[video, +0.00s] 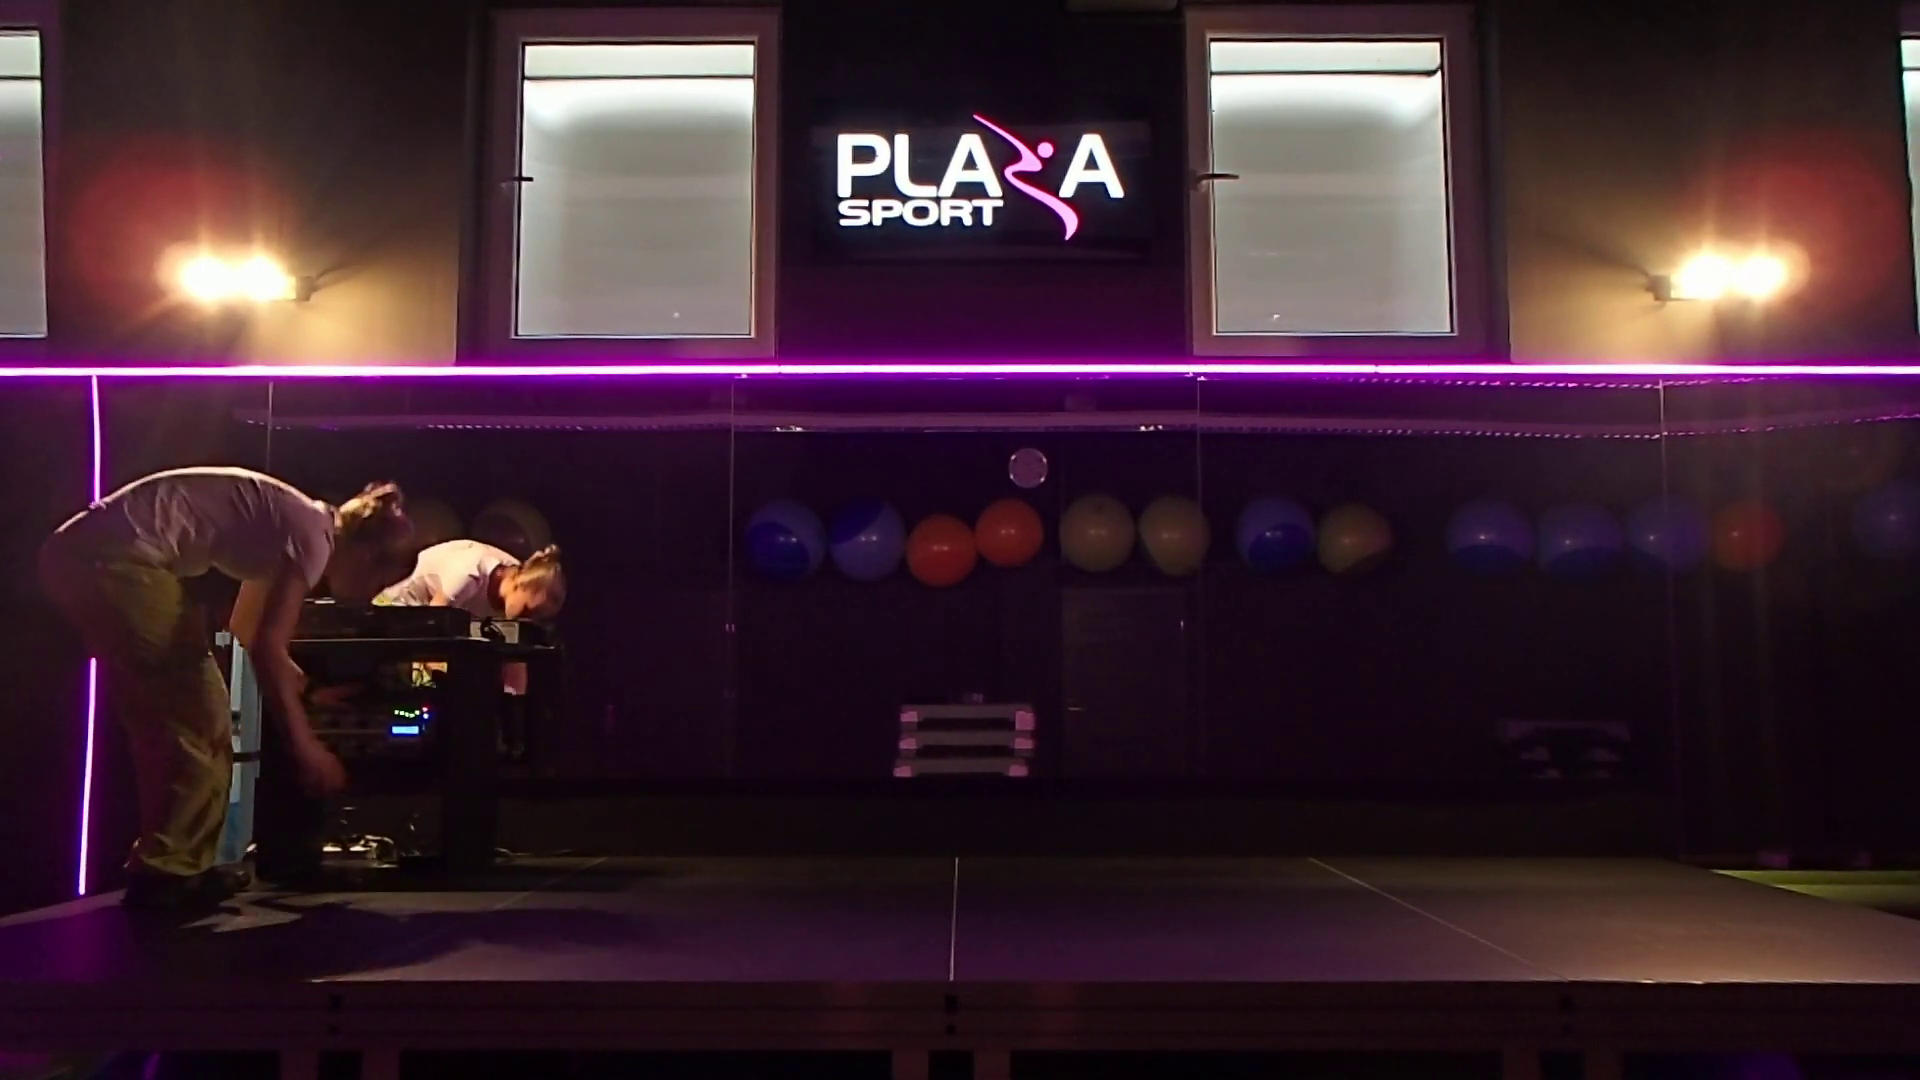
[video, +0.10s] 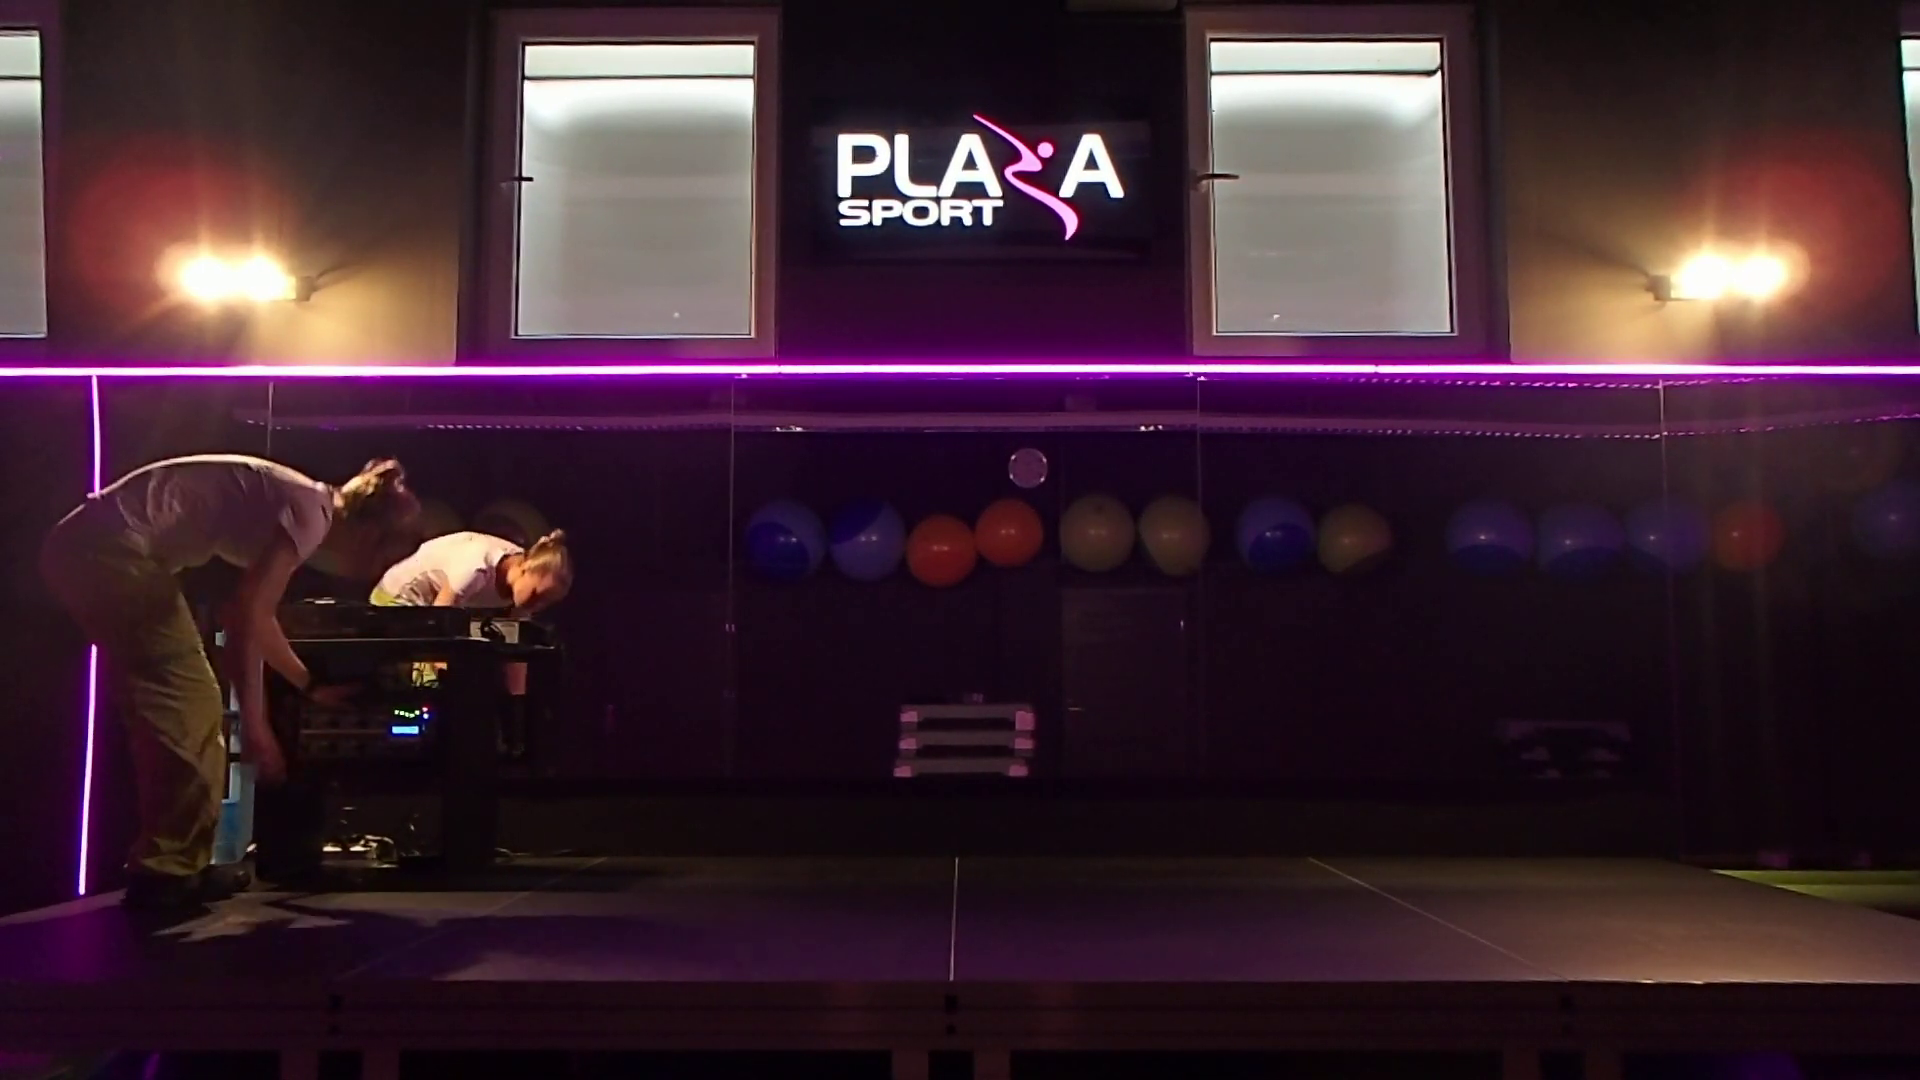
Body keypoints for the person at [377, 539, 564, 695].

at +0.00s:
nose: (526, 619)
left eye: (534, 616)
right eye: (528, 609)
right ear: (518, 582)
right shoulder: (466, 575)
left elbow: (514, 659)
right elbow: (431, 624)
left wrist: (515, 716)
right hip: (397, 609)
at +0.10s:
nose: (536, 606)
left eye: (544, 603)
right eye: (536, 594)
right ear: (523, 568)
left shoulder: (521, 588)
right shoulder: (474, 567)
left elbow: (514, 649)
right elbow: (436, 617)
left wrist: (517, 708)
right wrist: (441, 668)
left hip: (438, 607)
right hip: (395, 601)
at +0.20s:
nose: (547, 594)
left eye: (555, 590)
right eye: (547, 582)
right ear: (532, 557)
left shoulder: (526, 578)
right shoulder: (483, 562)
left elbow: (512, 636)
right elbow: (444, 619)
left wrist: (516, 695)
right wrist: (435, 679)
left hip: (435, 604)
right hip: (395, 598)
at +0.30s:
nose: (553, 590)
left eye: (562, 587)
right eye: (553, 579)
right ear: (539, 554)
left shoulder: (526, 573)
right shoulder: (491, 562)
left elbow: (510, 627)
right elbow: (451, 615)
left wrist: (513, 681)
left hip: (433, 602)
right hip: (396, 595)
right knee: (435, 678)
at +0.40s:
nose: (555, 597)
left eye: (564, 593)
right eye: (555, 585)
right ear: (542, 560)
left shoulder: (528, 581)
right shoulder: (494, 565)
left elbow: (509, 631)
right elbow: (453, 618)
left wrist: (512, 686)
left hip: (436, 604)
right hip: (397, 596)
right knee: (437, 676)